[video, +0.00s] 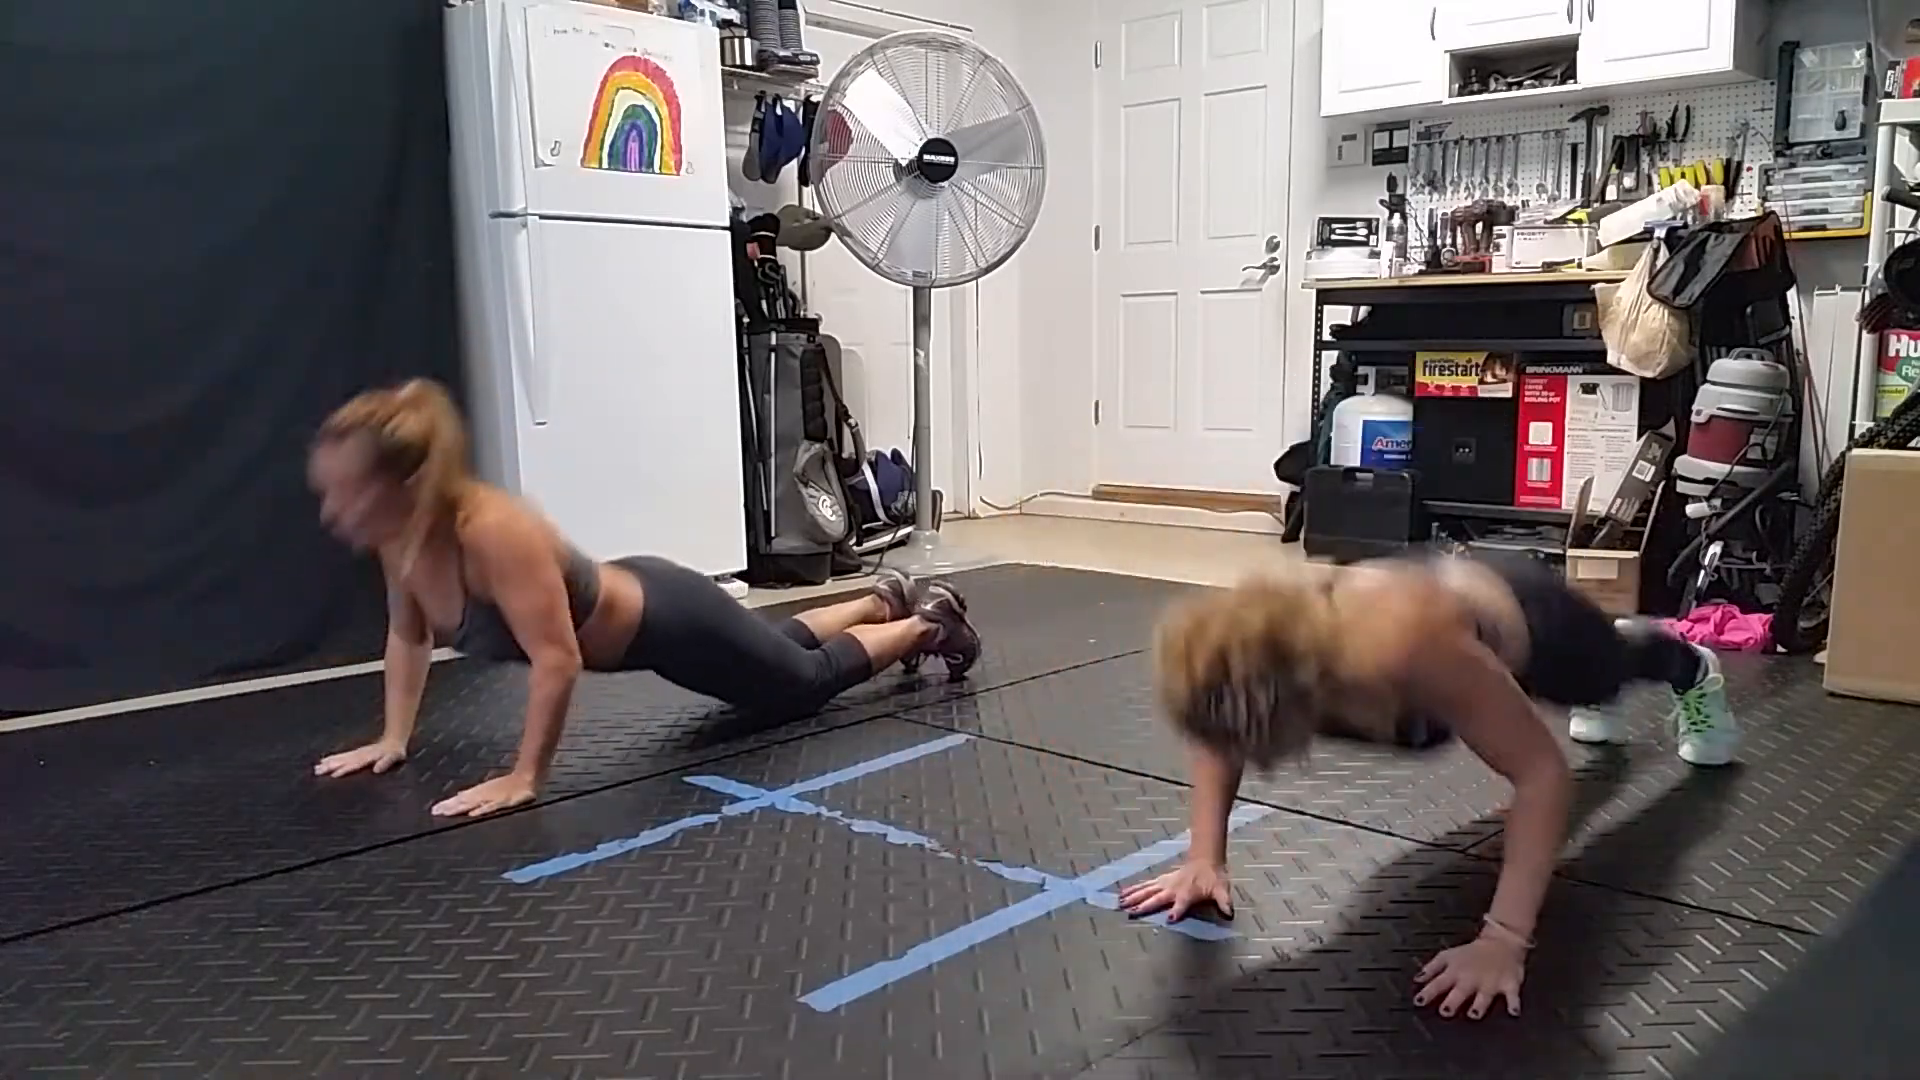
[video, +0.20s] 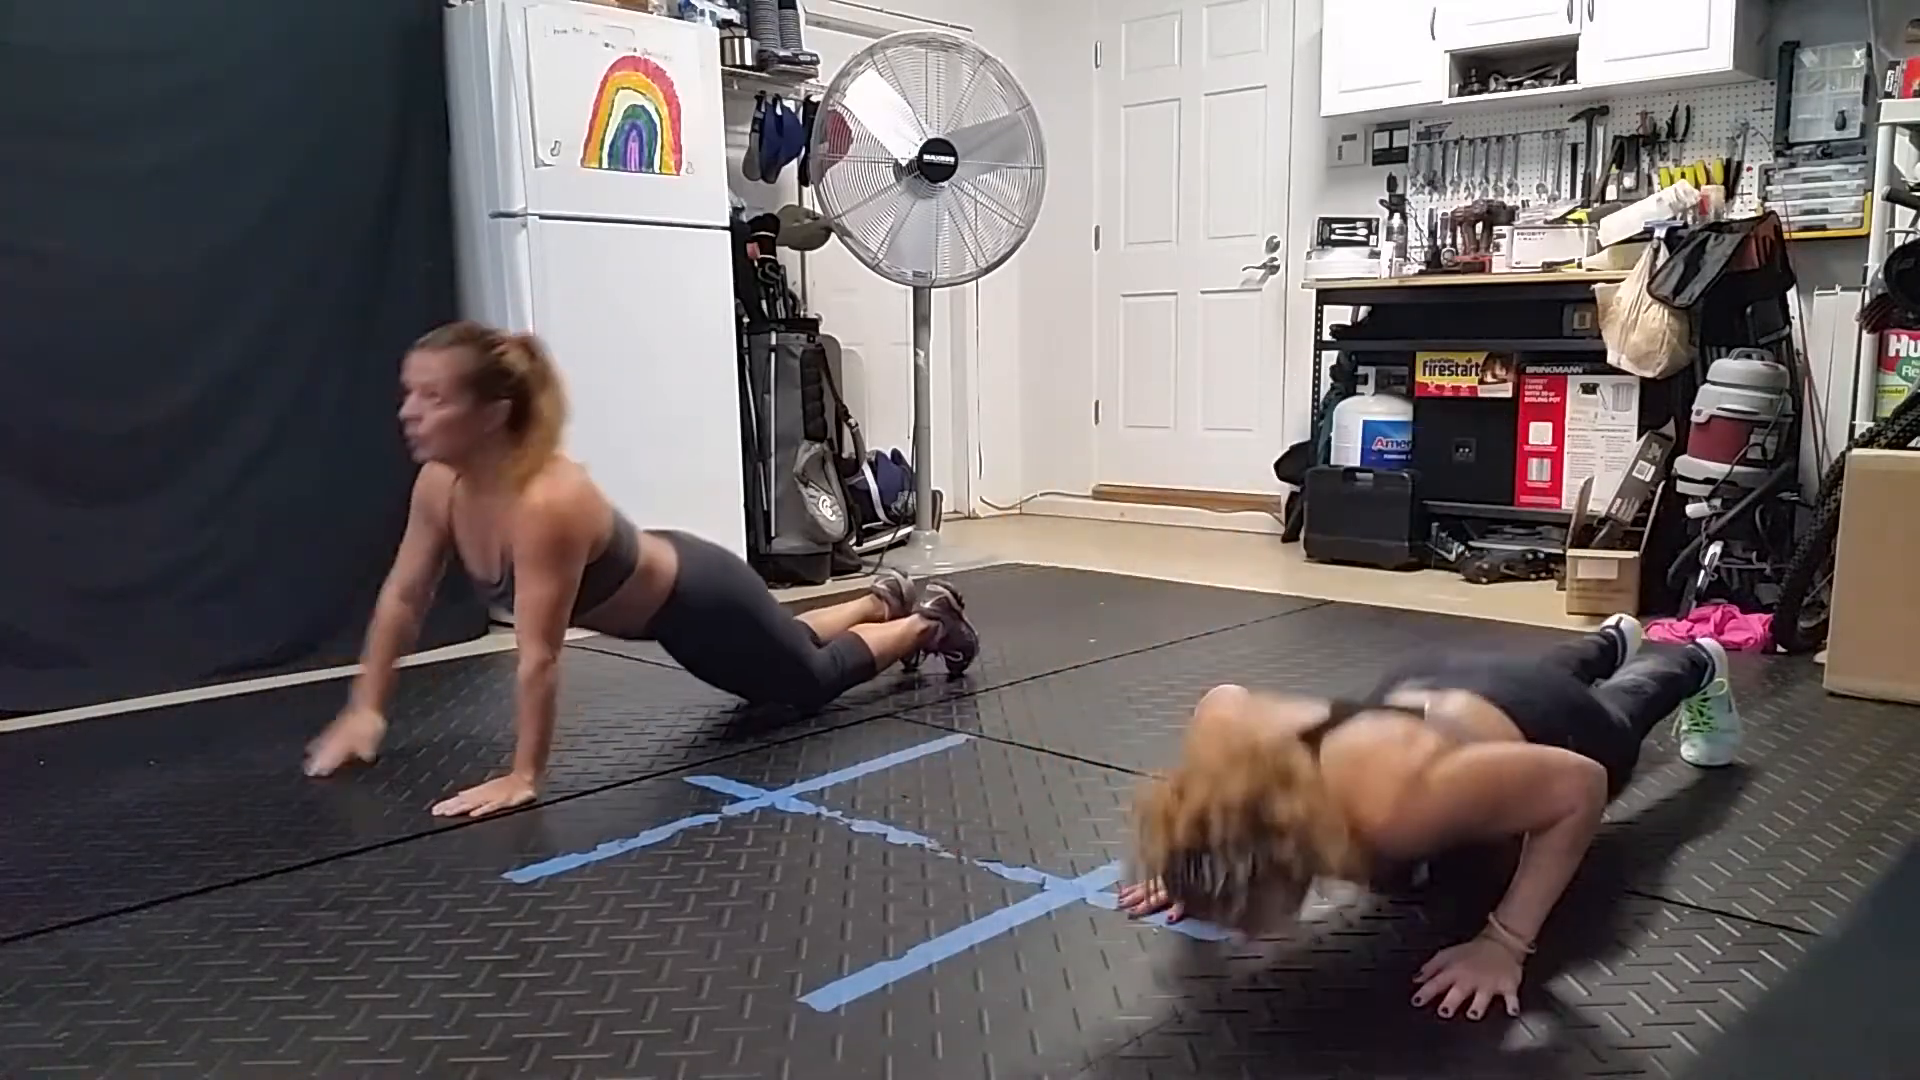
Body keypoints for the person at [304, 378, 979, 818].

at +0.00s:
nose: (326, 511)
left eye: (338, 494)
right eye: (322, 495)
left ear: (397, 482)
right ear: (376, 487)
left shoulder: (493, 530)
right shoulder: (399, 538)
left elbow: (556, 659)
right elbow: (409, 638)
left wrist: (524, 777)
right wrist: (394, 739)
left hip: (674, 623)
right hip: (632, 606)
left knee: (807, 680)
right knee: (773, 643)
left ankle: (924, 627)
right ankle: (878, 598)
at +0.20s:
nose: (409, 414)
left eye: (428, 401)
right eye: (407, 397)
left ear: (490, 412)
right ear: (426, 408)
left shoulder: (545, 506)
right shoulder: (439, 479)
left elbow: (541, 655)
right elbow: (403, 595)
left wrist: (525, 776)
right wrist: (365, 708)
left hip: (704, 602)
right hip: (666, 584)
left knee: (814, 679)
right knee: (775, 648)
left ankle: (924, 622)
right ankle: (877, 600)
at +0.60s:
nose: (454, 395)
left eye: (475, 382)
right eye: (455, 378)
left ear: (537, 400)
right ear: (463, 389)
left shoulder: (574, 500)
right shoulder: (462, 436)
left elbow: (549, 649)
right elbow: (336, 386)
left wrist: (525, 779)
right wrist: (206, 317)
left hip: (731, 592)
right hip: (685, 572)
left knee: (824, 686)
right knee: (784, 639)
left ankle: (926, 626)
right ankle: (881, 600)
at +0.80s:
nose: (456, 397)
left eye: (477, 383)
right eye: (455, 380)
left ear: (538, 401)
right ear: (460, 392)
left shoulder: (574, 502)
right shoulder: (465, 454)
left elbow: (553, 646)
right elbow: (346, 489)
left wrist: (526, 775)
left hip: (731, 595)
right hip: (690, 558)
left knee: (828, 680)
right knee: (787, 623)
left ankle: (926, 626)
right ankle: (882, 599)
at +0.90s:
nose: (451, 396)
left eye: (473, 383)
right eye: (450, 379)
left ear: (531, 403)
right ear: (457, 394)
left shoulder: (567, 505)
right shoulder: (465, 468)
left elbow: (554, 651)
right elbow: (384, 566)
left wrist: (526, 776)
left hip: (728, 604)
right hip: (687, 563)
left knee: (831, 676)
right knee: (787, 622)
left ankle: (929, 624)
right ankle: (884, 597)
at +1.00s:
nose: (433, 407)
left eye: (455, 394)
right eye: (431, 391)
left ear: (518, 412)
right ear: (437, 405)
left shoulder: (556, 506)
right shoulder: (451, 490)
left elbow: (552, 654)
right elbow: (414, 612)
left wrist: (526, 777)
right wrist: (378, 728)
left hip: (723, 600)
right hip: (683, 572)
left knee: (820, 684)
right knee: (783, 642)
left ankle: (926, 619)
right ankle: (878, 601)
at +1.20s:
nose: (376, 451)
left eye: (394, 435)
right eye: (375, 434)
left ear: (462, 444)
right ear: (428, 448)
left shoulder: (521, 521)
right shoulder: (419, 522)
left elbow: (561, 664)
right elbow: (417, 632)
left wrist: (525, 778)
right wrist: (396, 742)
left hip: (700, 612)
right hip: (660, 597)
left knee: (824, 675)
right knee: (779, 642)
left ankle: (924, 611)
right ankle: (885, 598)